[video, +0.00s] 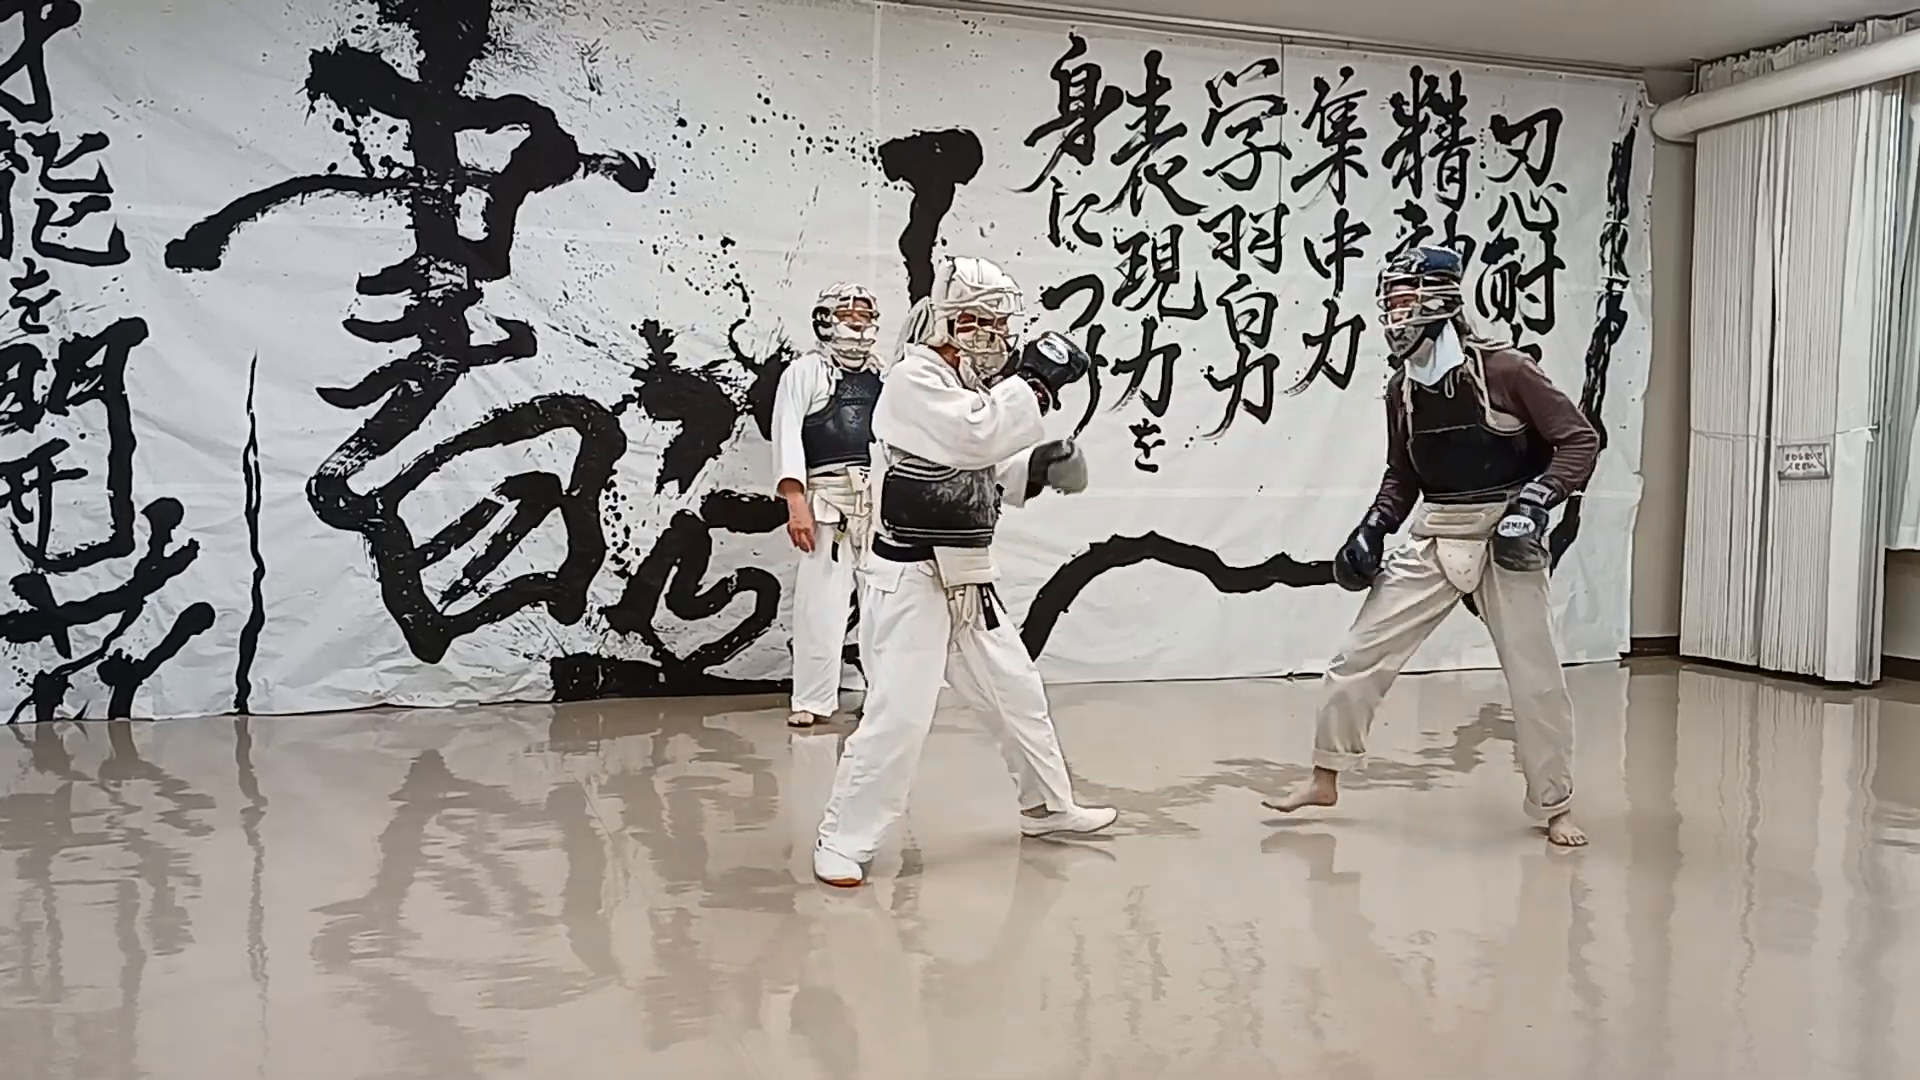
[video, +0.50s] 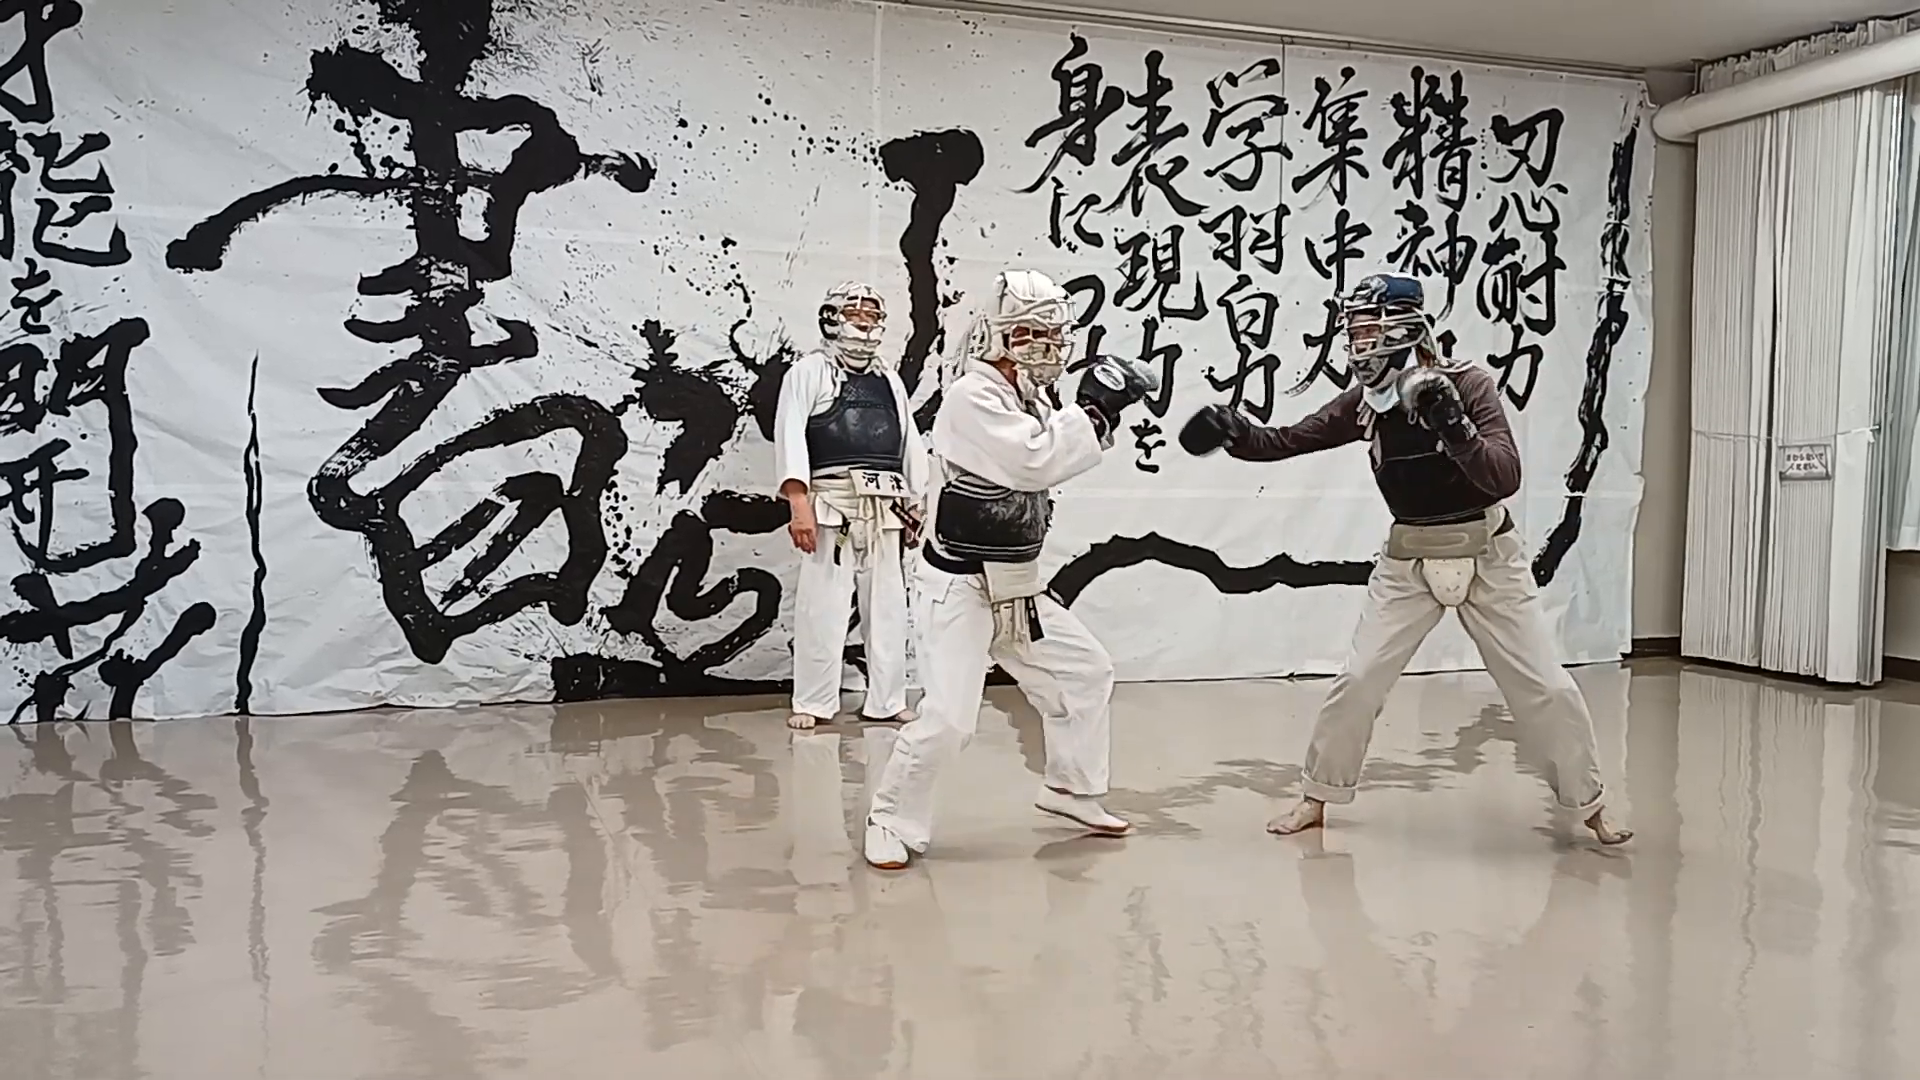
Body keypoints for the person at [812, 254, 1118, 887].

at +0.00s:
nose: (991, 334)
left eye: (998, 323)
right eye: (978, 321)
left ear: (1005, 328)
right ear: (947, 321)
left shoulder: (975, 388)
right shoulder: (914, 375)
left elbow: (979, 477)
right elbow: (975, 432)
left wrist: (1039, 473)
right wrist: (1037, 380)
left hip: (964, 572)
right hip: (908, 574)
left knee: (1018, 688)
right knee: (898, 714)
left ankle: (1048, 807)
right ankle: (842, 845)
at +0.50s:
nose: (1047, 345)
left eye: (1054, 334)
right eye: (1033, 334)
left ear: (1061, 336)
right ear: (1000, 334)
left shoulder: (1033, 395)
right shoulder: (970, 393)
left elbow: (1053, 454)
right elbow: (1031, 457)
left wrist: (1101, 414)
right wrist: (1093, 409)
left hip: (1011, 580)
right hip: (956, 583)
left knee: (1086, 670)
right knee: (948, 718)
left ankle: (1070, 791)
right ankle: (891, 824)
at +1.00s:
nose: (1084, 352)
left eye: (1092, 341)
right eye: (1071, 340)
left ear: (1098, 344)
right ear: (1039, 339)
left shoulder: (1070, 409)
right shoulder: (1003, 402)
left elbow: (1054, 496)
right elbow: (1026, 498)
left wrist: (1114, 502)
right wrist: (1106, 500)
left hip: (1051, 582)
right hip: (993, 584)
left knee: (1119, 684)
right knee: (979, 715)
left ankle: (1127, 804)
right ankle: (920, 843)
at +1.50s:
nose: (1092, 341)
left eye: (1102, 330)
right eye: (1079, 327)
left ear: (1110, 333)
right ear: (1050, 325)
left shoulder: (1081, 396)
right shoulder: (1005, 382)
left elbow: (1084, 482)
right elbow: (1028, 478)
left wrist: (1140, 472)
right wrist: (1115, 472)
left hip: (1068, 566)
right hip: (1005, 568)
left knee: (1133, 672)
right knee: (981, 697)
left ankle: (1149, 794)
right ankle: (909, 836)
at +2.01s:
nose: (1044, 340)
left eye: (1053, 328)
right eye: (1030, 328)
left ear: (1062, 333)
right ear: (1000, 330)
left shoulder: (1044, 402)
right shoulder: (961, 395)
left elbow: (1052, 475)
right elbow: (969, 499)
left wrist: (1074, 505)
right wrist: (1049, 516)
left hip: (1024, 574)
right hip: (960, 577)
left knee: (1082, 683)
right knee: (950, 710)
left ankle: (1078, 810)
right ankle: (893, 829)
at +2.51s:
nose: (1054, 358)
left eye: (1059, 347)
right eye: (1040, 346)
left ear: (1063, 352)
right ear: (1007, 351)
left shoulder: (1036, 419)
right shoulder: (962, 417)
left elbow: (1022, 502)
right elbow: (964, 519)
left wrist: (1053, 534)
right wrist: (1037, 539)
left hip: (1009, 585)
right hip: (948, 592)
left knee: (1077, 681)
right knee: (930, 719)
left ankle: (1083, 810)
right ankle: (868, 828)